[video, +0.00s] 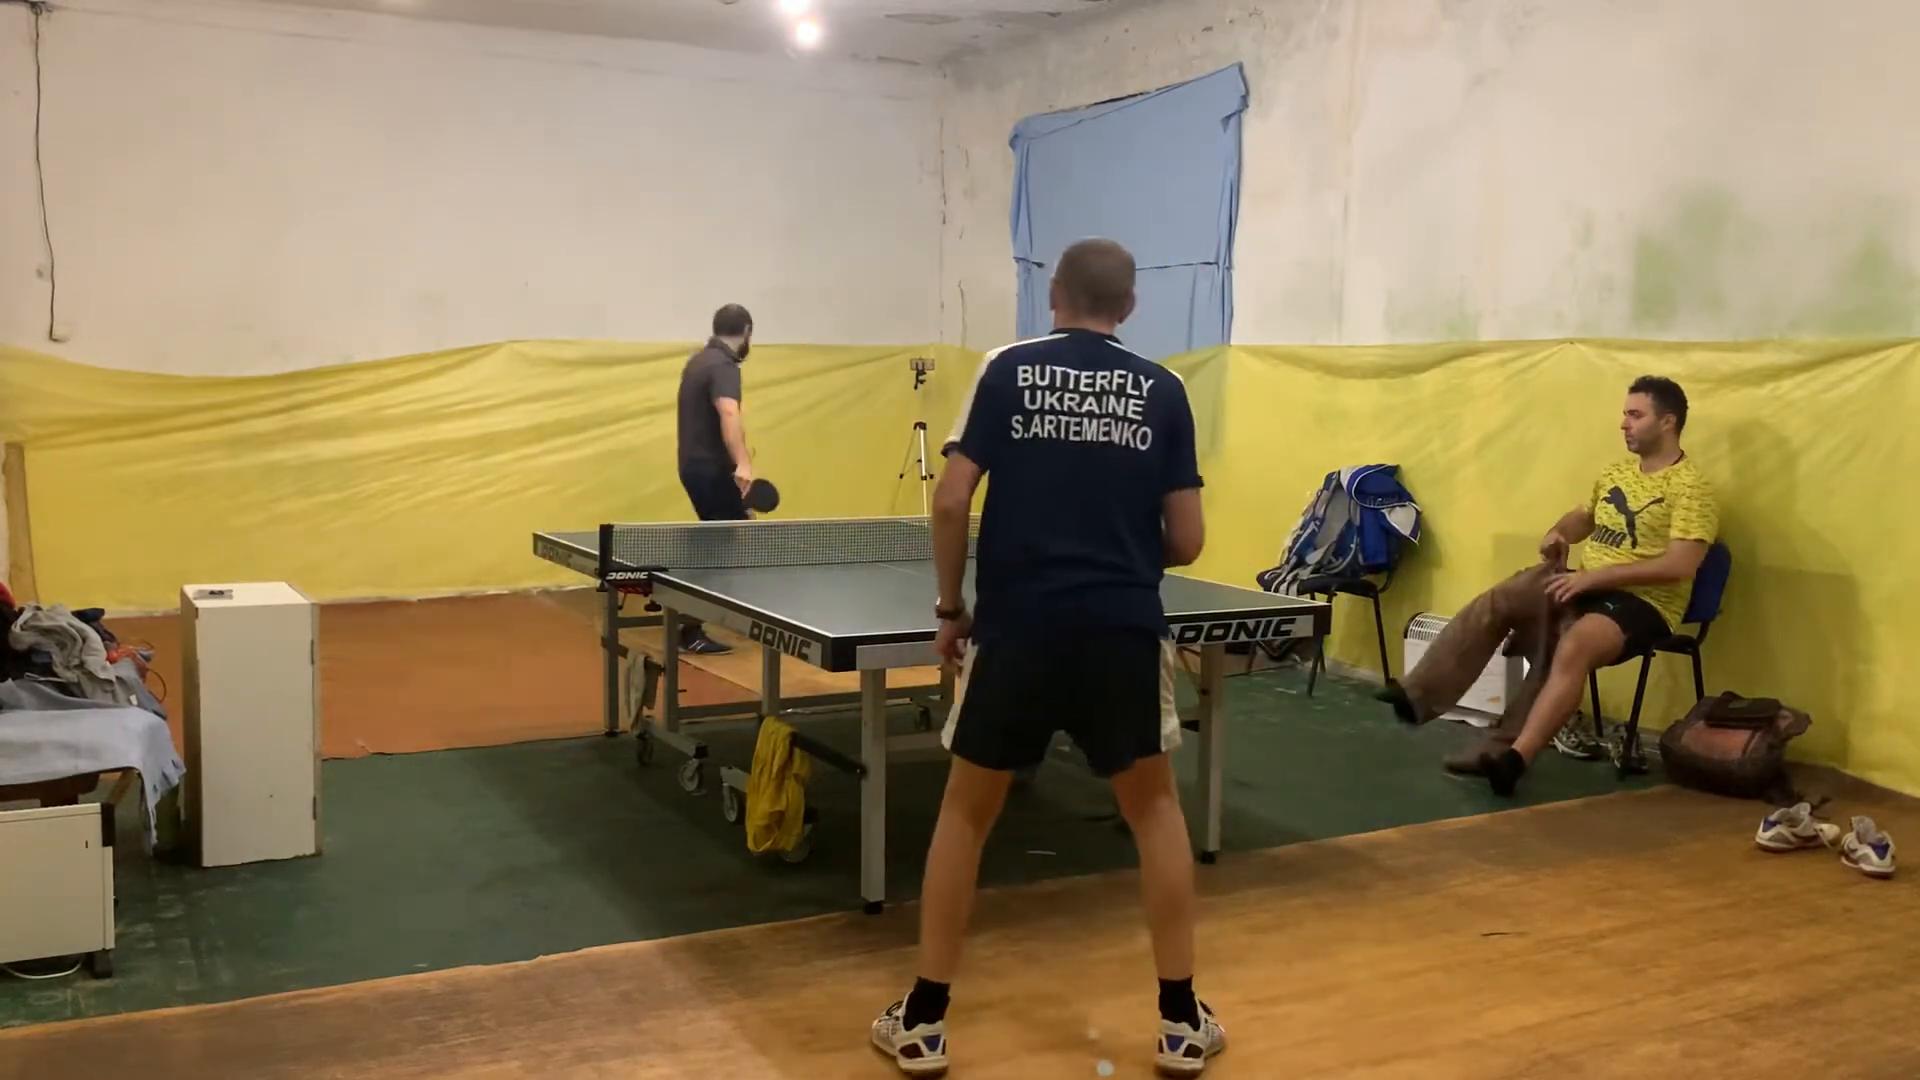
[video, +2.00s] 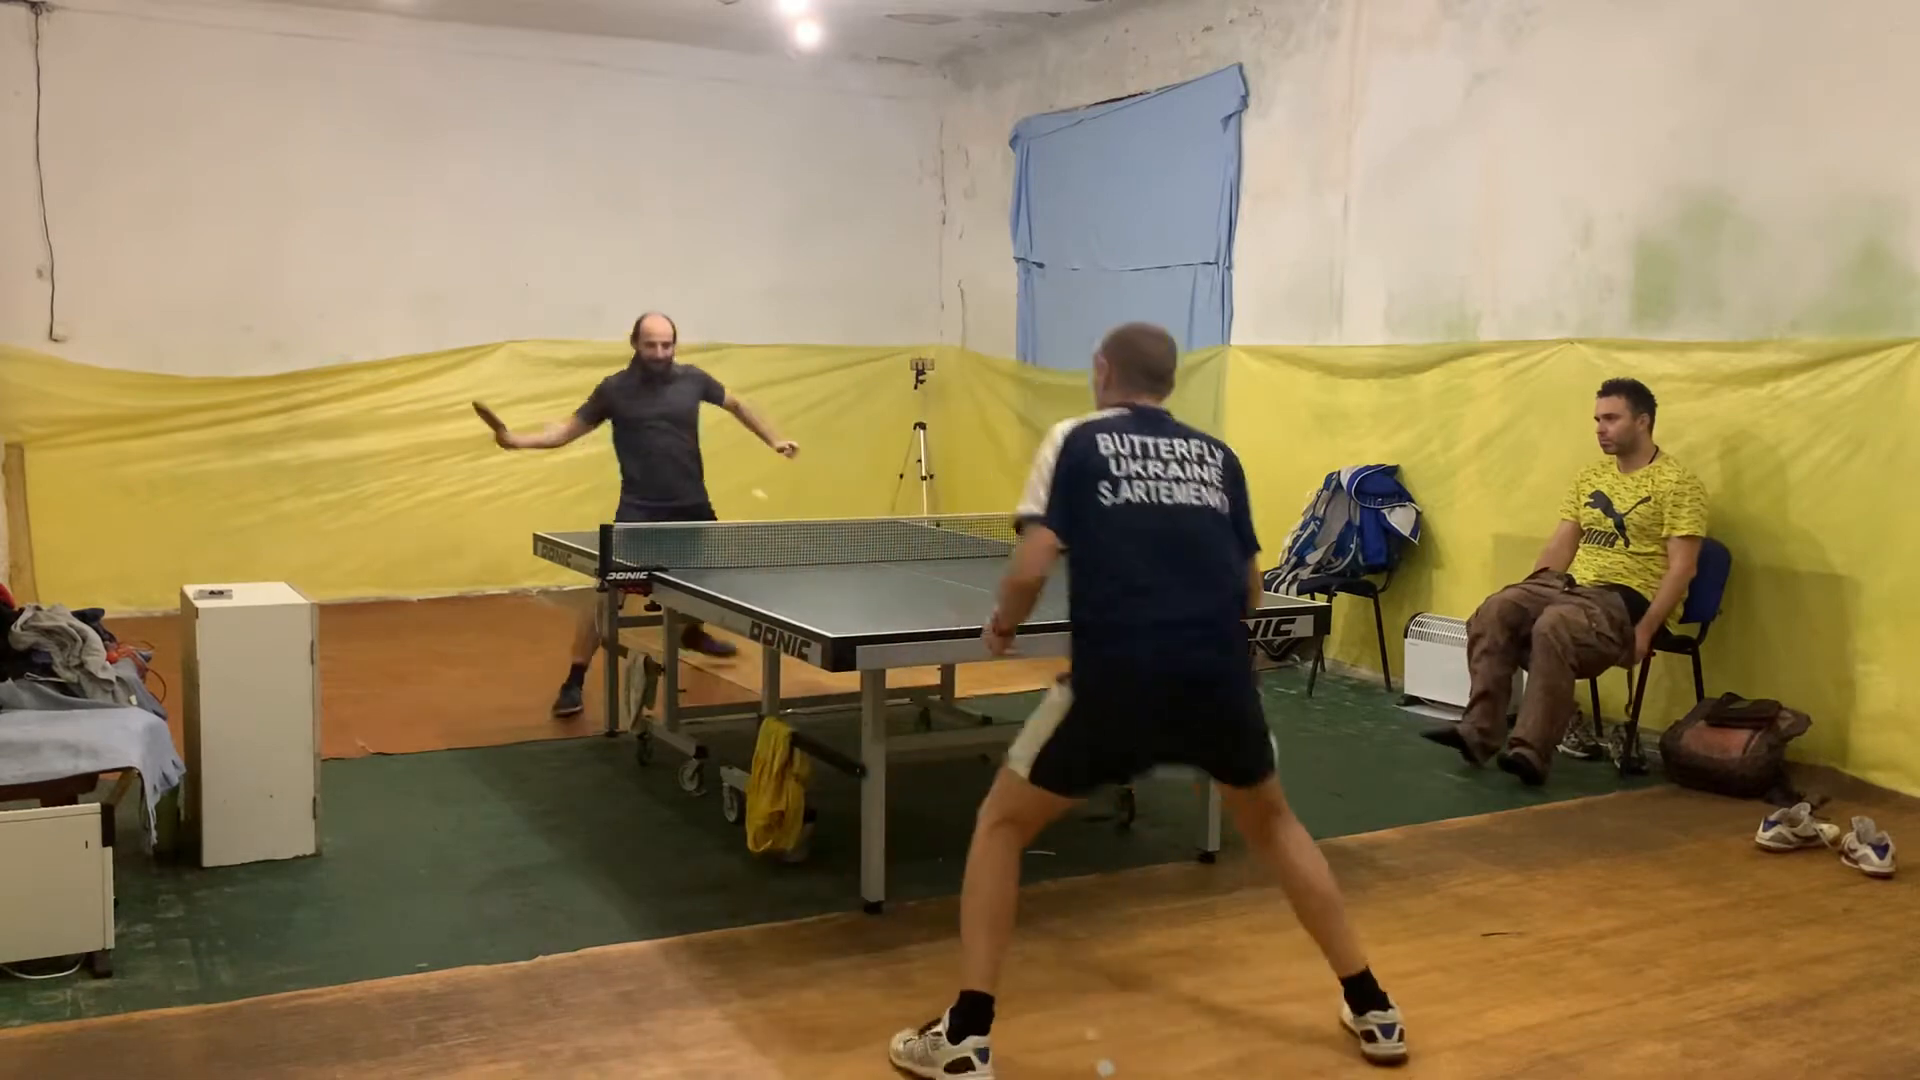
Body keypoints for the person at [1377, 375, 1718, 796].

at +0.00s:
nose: (1624, 425)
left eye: (1635, 416)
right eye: (1625, 415)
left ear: (1669, 423)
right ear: (1655, 422)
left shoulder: (1690, 484)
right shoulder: (1618, 472)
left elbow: (1682, 564)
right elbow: (1585, 516)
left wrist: (1596, 578)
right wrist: (1560, 534)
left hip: (1647, 599)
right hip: (1587, 583)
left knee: (1575, 645)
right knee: (1497, 605)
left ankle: (1516, 759)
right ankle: (1422, 695)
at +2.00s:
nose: (1599, 429)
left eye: (1609, 419)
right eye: (1597, 420)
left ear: (1643, 421)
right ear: (1595, 422)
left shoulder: (1677, 483)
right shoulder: (1591, 477)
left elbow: (1683, 567)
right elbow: (1561, 544)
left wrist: (1645, 628)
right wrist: (1534, 589)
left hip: (1629, 597)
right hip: (1570, 588)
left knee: (1554, 627)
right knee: (1494, 613)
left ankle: (1531, 750)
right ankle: (1479, 732)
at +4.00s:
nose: (1581, 414)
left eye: (1593, 405)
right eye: (1581, 405)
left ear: (1627, 412)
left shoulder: (1656, 471)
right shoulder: (1573, 466)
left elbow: (1649, 548)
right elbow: (1544, 533)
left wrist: (1583, 511)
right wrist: (1502, 514)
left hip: (1640, 600)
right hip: (1574, 592)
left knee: (1579, 649)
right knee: (1475, 630)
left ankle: (1577, 745)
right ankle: (1535, 722)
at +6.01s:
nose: (1576, 419)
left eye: (1587, 410)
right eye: (1576, 410)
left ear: (1621, 415)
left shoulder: (1656, 475)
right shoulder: (1570, 471)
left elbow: (1665, 558)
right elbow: (1542, 544)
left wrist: (1589, 534)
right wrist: (1545, 536)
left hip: (1638, 599)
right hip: (1573, 591)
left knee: (1579, 649)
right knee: (1475, 629)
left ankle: (1577, 745)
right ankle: (1535, 721)